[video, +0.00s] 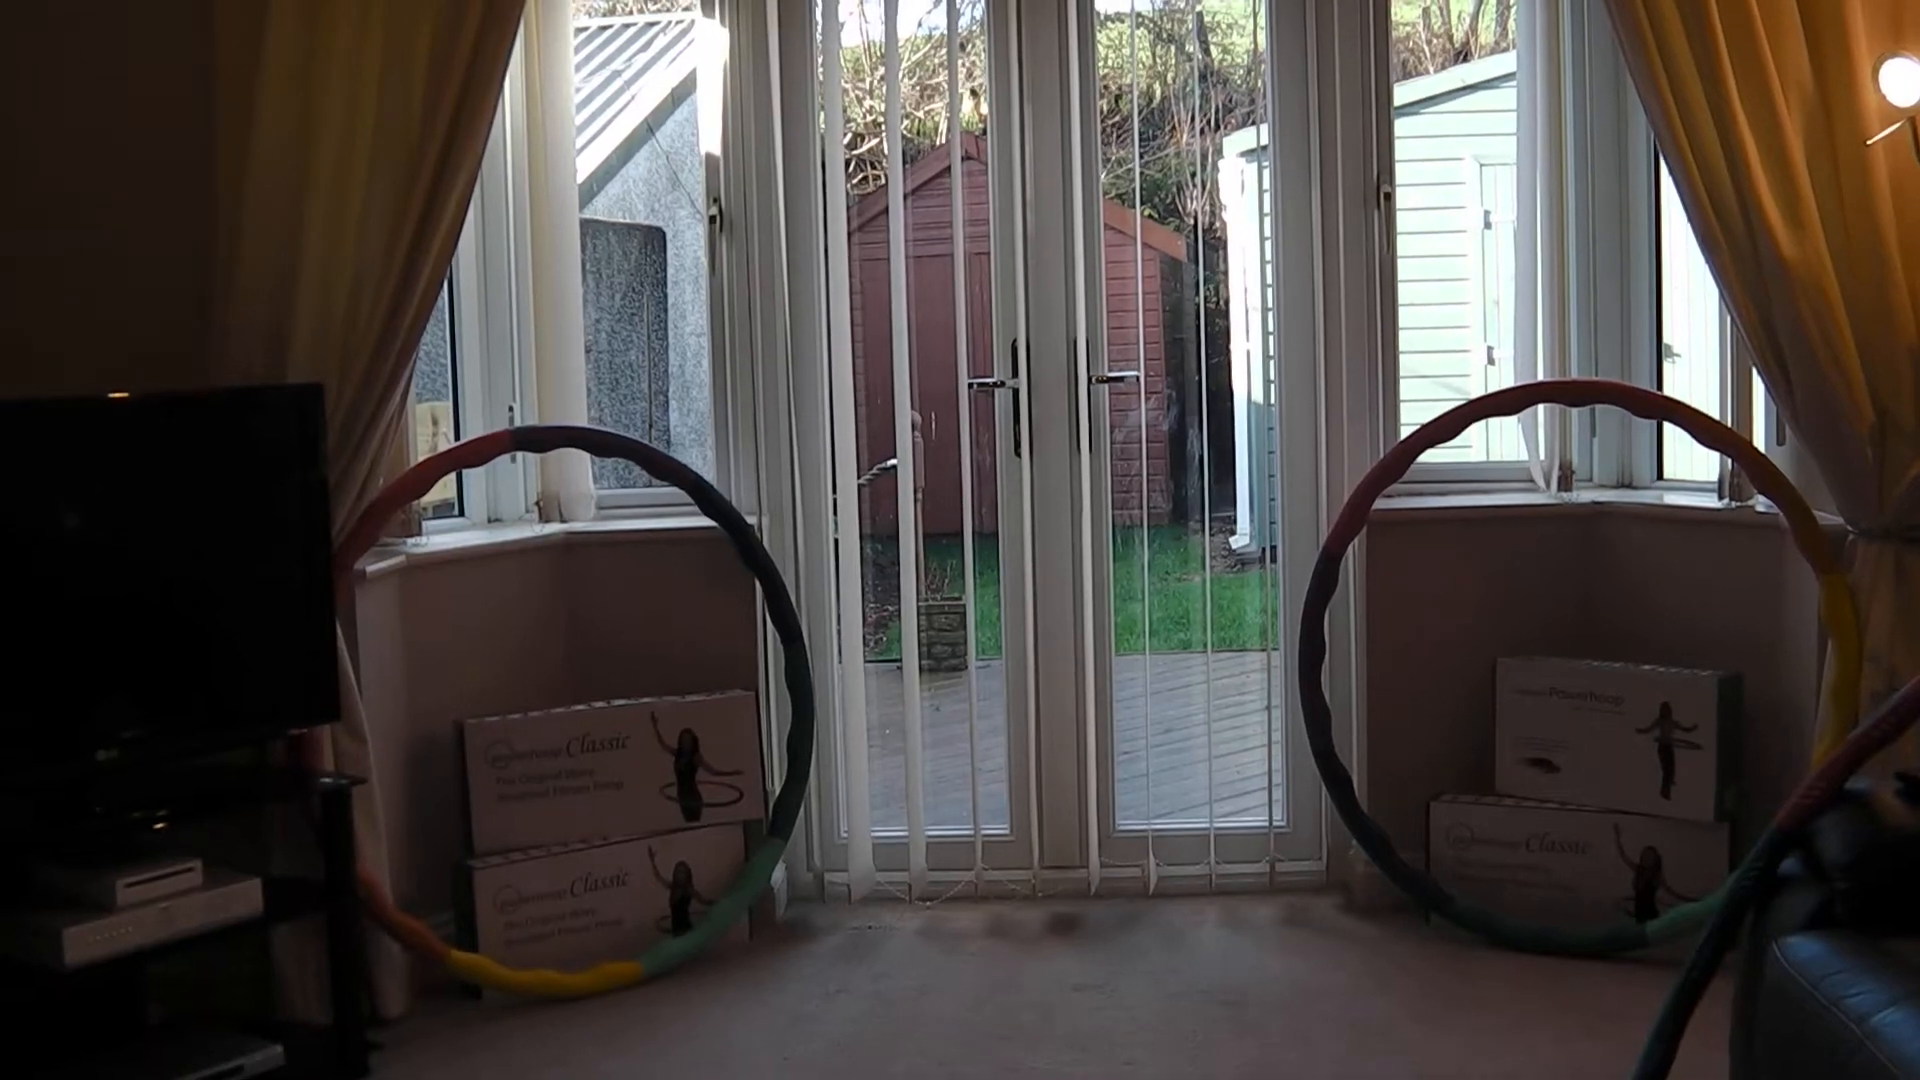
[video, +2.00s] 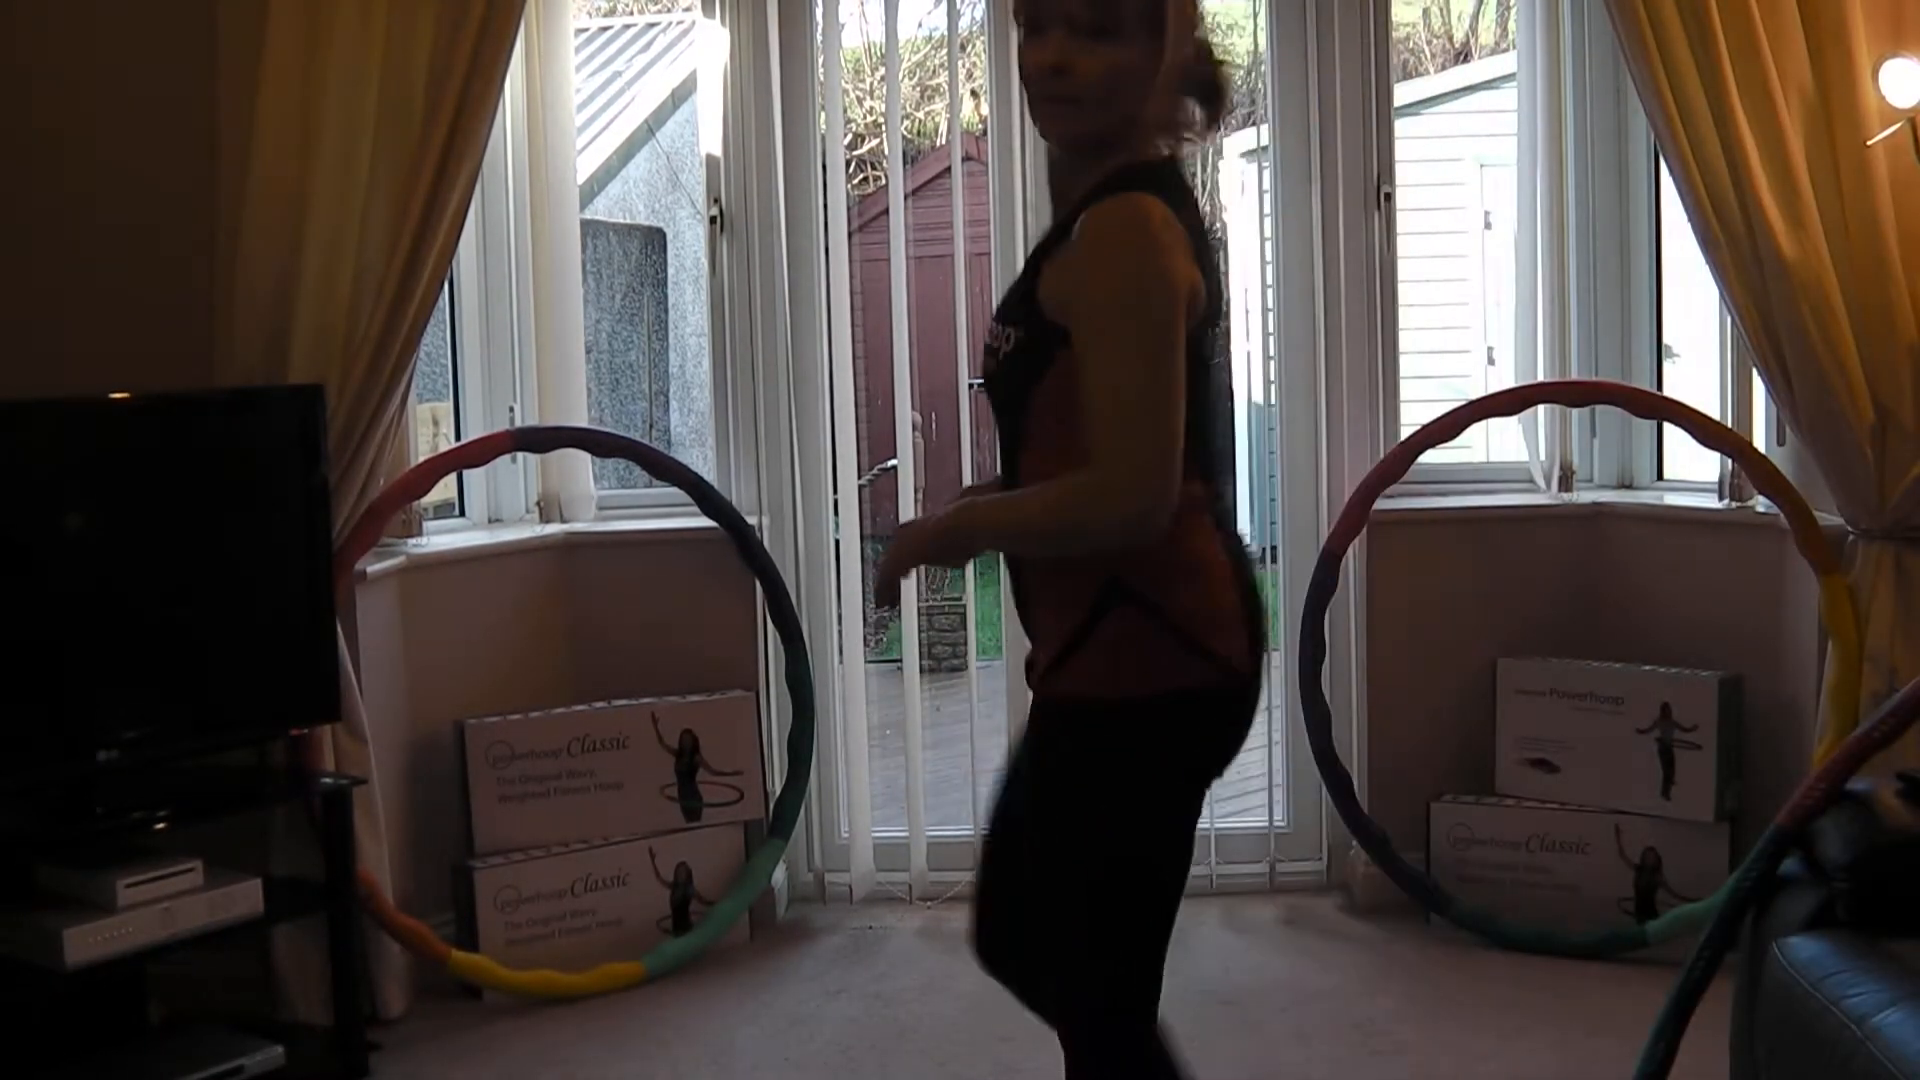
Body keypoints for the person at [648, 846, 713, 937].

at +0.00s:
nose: (680, 875)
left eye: (683, 872)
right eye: (678, 872)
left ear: (688, 874)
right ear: (674, 874)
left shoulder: (689, 890)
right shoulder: (672, 887)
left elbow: (702, 901)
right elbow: (658, 877)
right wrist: (652, 860)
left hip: (686, 924)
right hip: (675, 924)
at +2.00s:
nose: (681, 874)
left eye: (684, 871)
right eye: (679, 871)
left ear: (688, 873)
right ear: (675, 873)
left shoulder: (689, 889)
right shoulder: (673, 886)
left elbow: (702, 901)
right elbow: (658, 878)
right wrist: (653, 861)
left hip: (686, 922)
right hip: (675, 923)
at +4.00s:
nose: (681, 876)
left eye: (683, 873)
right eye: (678, 873)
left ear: (688, 875)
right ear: (675, 874)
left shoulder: (690, 889)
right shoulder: (673, 887)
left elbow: (702, 901)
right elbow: (658, 878)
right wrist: (652, 861)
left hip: (686, 924)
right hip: (675, 924)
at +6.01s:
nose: (681, 875)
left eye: (683, 872)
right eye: (678, 872)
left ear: (688, 874)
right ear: (675, 874)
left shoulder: (690, 889)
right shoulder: (673, 887)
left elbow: (704, 902)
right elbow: (658, 878)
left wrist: (719, 903)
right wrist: (652, 861)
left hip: (686, 924)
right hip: (675, 924)